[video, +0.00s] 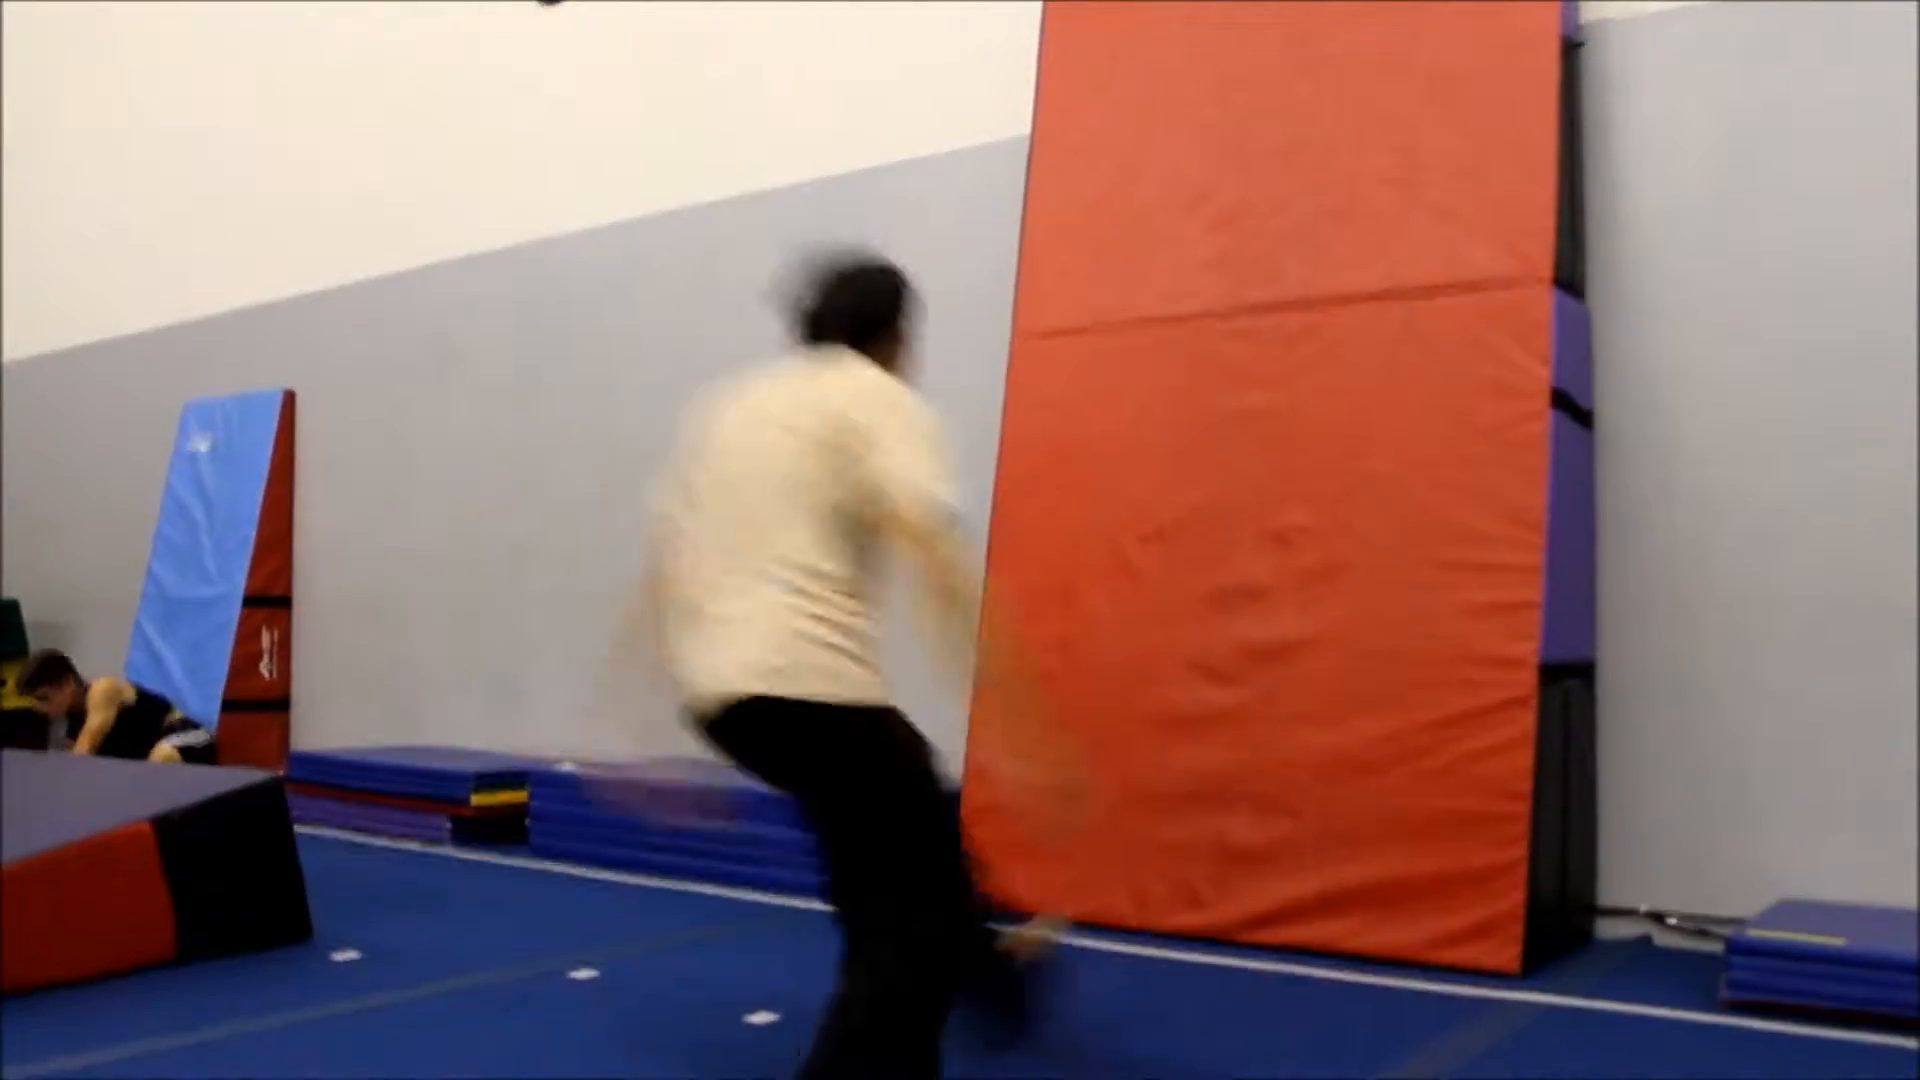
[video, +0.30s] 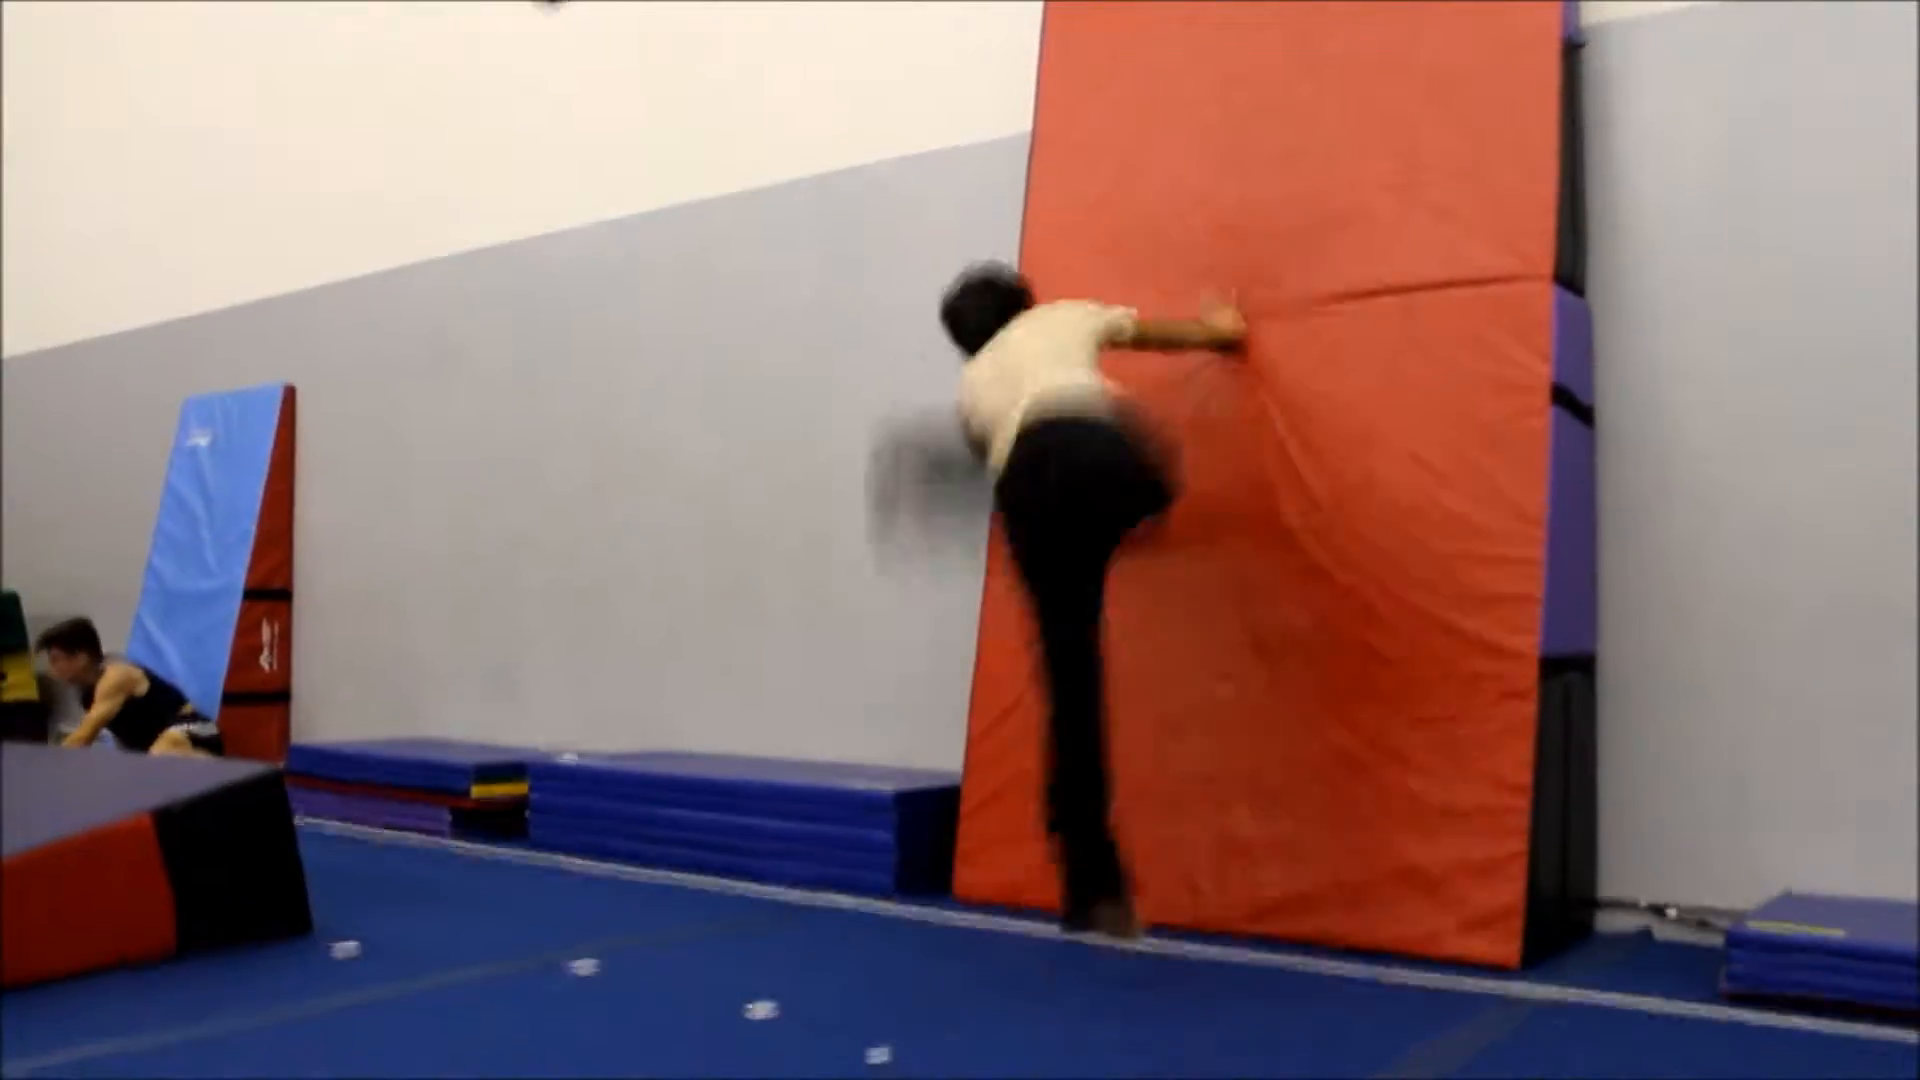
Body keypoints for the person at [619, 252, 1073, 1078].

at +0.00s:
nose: (910, 353)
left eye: (908, 337)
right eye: (906, 337)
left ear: (814, 324)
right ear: (889, 333)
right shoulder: (875, 398)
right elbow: (933, 541)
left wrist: (668, 670)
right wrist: (1006, 671)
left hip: (717, 686)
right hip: (812, 681)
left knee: (915, 809)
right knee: (903, 861)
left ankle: (983, 973)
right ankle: (871, 1060)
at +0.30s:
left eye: (964, 335)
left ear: (964, 336)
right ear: (1022, 299)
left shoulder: (972, 385)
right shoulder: (1066, 316)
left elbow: (991, 456)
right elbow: (1150, 335)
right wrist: (1220, 334)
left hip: (1036, 497)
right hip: (1109, 464)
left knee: (1072, 690)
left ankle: (1092, 889)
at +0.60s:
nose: (834, 409)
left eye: (825, 403)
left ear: (835, 403)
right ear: (839, 340)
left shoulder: (918, 422)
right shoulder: (900, 303)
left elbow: (1022, 478)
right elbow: (979, 285)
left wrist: (1103, 524)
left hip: (1102, 359)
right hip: (1069, 279)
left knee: (1027, 405)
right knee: (1018, 254)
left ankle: (1157, 283)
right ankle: (1163, 210)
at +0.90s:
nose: (866, 435)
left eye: (878, 426)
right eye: (859, 425)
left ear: (907, 408)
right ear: (843, 401)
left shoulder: (947, 410)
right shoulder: (817, 387)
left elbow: (1022, 467)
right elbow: (768, 440)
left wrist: (1104, 520)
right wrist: (736, 515)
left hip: (873, 506)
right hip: (807, 472)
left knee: (813, 620)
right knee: (736, 568)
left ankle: (742, 739)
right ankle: (662, 681)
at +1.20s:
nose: (706, 386)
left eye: (715, 374)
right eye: (699, 370)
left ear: (715, 374)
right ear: (671, 362)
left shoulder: (668, 431)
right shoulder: (626, 410)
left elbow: (675, 524)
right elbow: (566, 503)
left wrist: (728, 586)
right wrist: (579, 601)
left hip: (629, 608)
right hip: (584, 608)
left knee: (685, 733)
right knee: (610, 751)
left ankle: (733, 865)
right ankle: (622, 877)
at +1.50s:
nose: (962, 224)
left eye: (949, 209)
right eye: (962, 212)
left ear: (893, 211)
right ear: (960, 221)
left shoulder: (846, 274)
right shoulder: (950, 298)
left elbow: (968, 305)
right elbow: (967, 420)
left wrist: (1048, 286)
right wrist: (1009, 520)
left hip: (812, 527)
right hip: (898, 525)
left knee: (802, 717)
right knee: (1032, 571)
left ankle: (745, 920)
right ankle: (1040, 658)